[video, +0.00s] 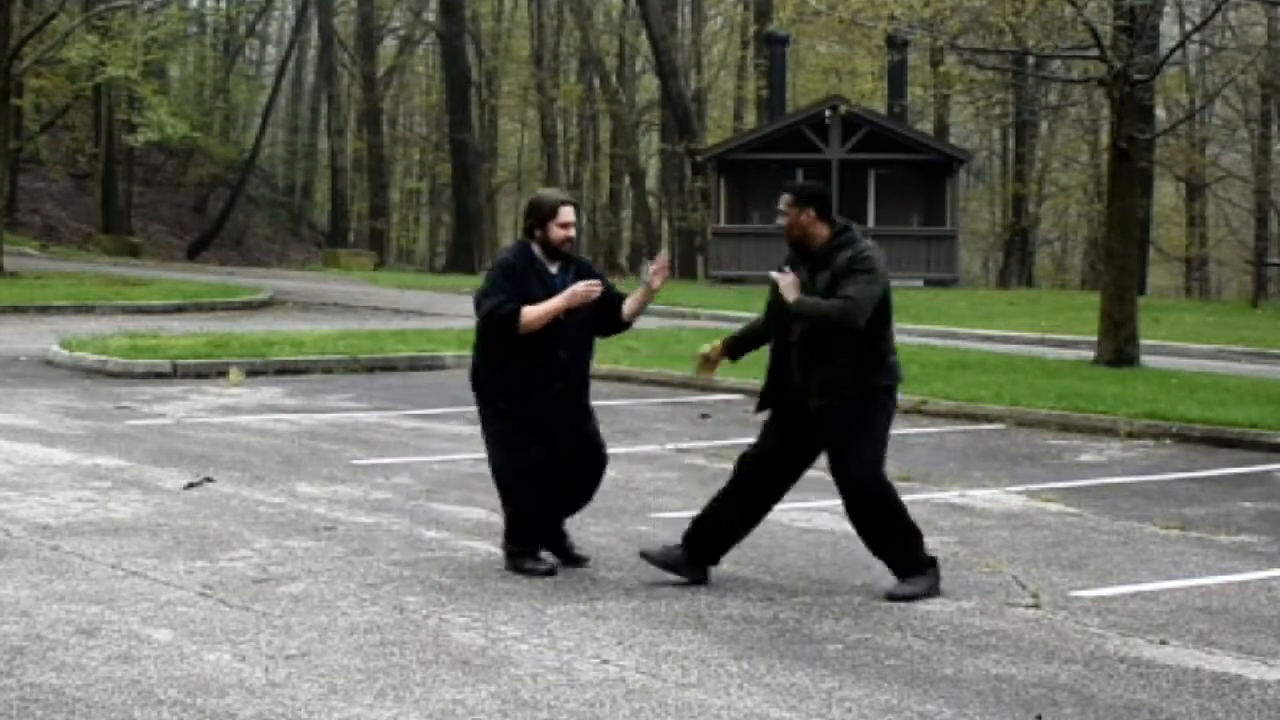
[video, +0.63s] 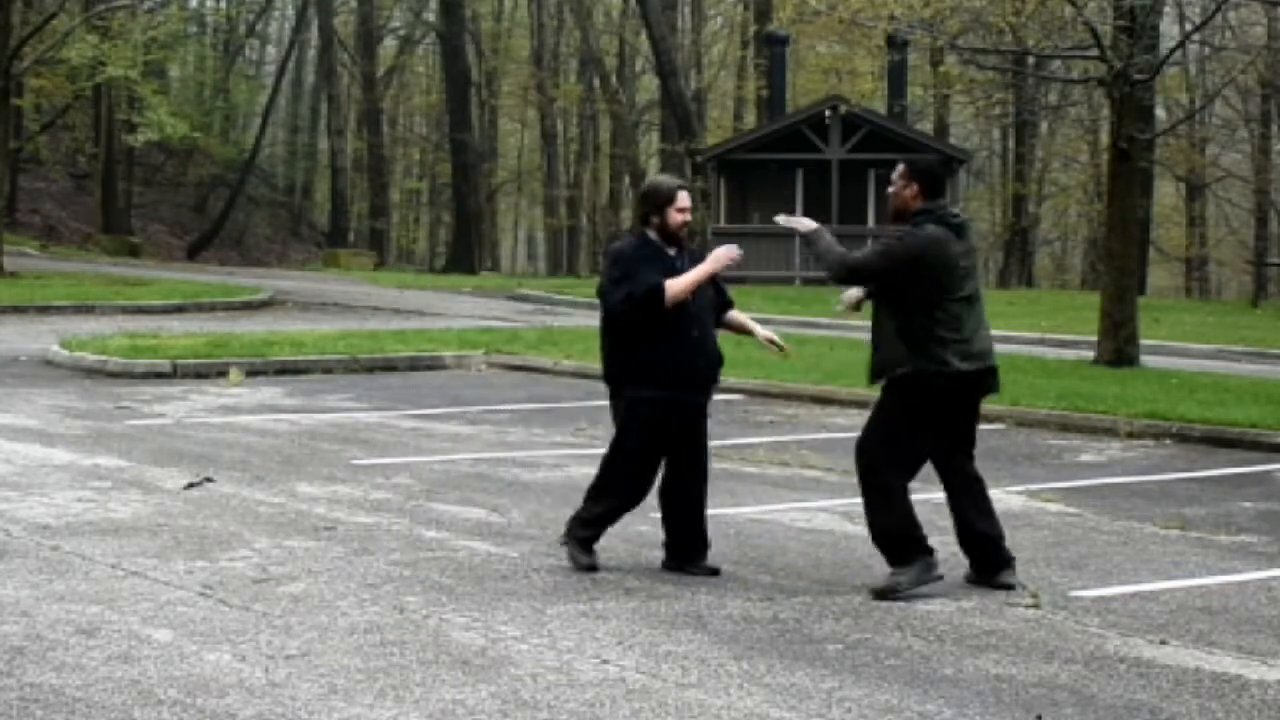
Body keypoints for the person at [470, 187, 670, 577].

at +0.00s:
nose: (571, 233)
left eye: (574, 226)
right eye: (563, 226)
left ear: (575, 227)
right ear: (538, 228)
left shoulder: (578, 271)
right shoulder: (510, 267)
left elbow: (613, 318)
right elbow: (501, 324)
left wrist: (648, 290)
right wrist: (565, 300)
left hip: (563, 392)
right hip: (512, 394)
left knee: (587, 459)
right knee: (524, 468)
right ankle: (520, 549)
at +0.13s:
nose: (596, 227)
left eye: (599, 219)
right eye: (588, 220)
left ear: (600, 221)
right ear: (563, 221)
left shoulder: (605, 268)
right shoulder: (534, 261)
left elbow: (639, 316)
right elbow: (522, 315)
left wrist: (673, 289)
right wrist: (589, 294)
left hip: (590, 390)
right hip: (535, 392)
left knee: (626, 463)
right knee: (536, 470)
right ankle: (521, 550)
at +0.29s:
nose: (631, 222)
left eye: (633, 215)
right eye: (623, 215)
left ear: (633, 218)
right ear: (598, 217)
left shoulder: (638, 260)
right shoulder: (570, 256)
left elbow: (670, 299)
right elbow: (558, 307)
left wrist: (708, 288)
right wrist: (623, 281)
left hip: (632, 391)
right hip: (579, 392)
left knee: (661, 471)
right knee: (560, 473)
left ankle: (683, 551)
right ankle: (523, 548)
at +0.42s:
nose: (655, 222)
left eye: (657, 215)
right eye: (646, 216)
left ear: (658, 217)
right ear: (622, 218)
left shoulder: (664, 260)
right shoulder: (597, 259)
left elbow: (711, 289)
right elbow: (594, 309)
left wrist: (753, 309)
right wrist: (653, 276)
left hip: (662, 391)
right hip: (609, 392)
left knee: (676, 474)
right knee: (580, 469)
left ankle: (685, 554)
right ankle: (534, 545)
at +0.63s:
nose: (688, 218)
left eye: (689, 210)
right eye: (680, 211)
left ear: (683, 213)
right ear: (656, 213)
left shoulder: (689, 257)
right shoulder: (628, 254)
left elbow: (716, 309)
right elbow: (644, 301)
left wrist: (754, 328)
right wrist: (705, 269)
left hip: (688, 386)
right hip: (642, 387)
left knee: (688, 475)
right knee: (632, 471)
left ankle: (685, 555)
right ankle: (581, 533)